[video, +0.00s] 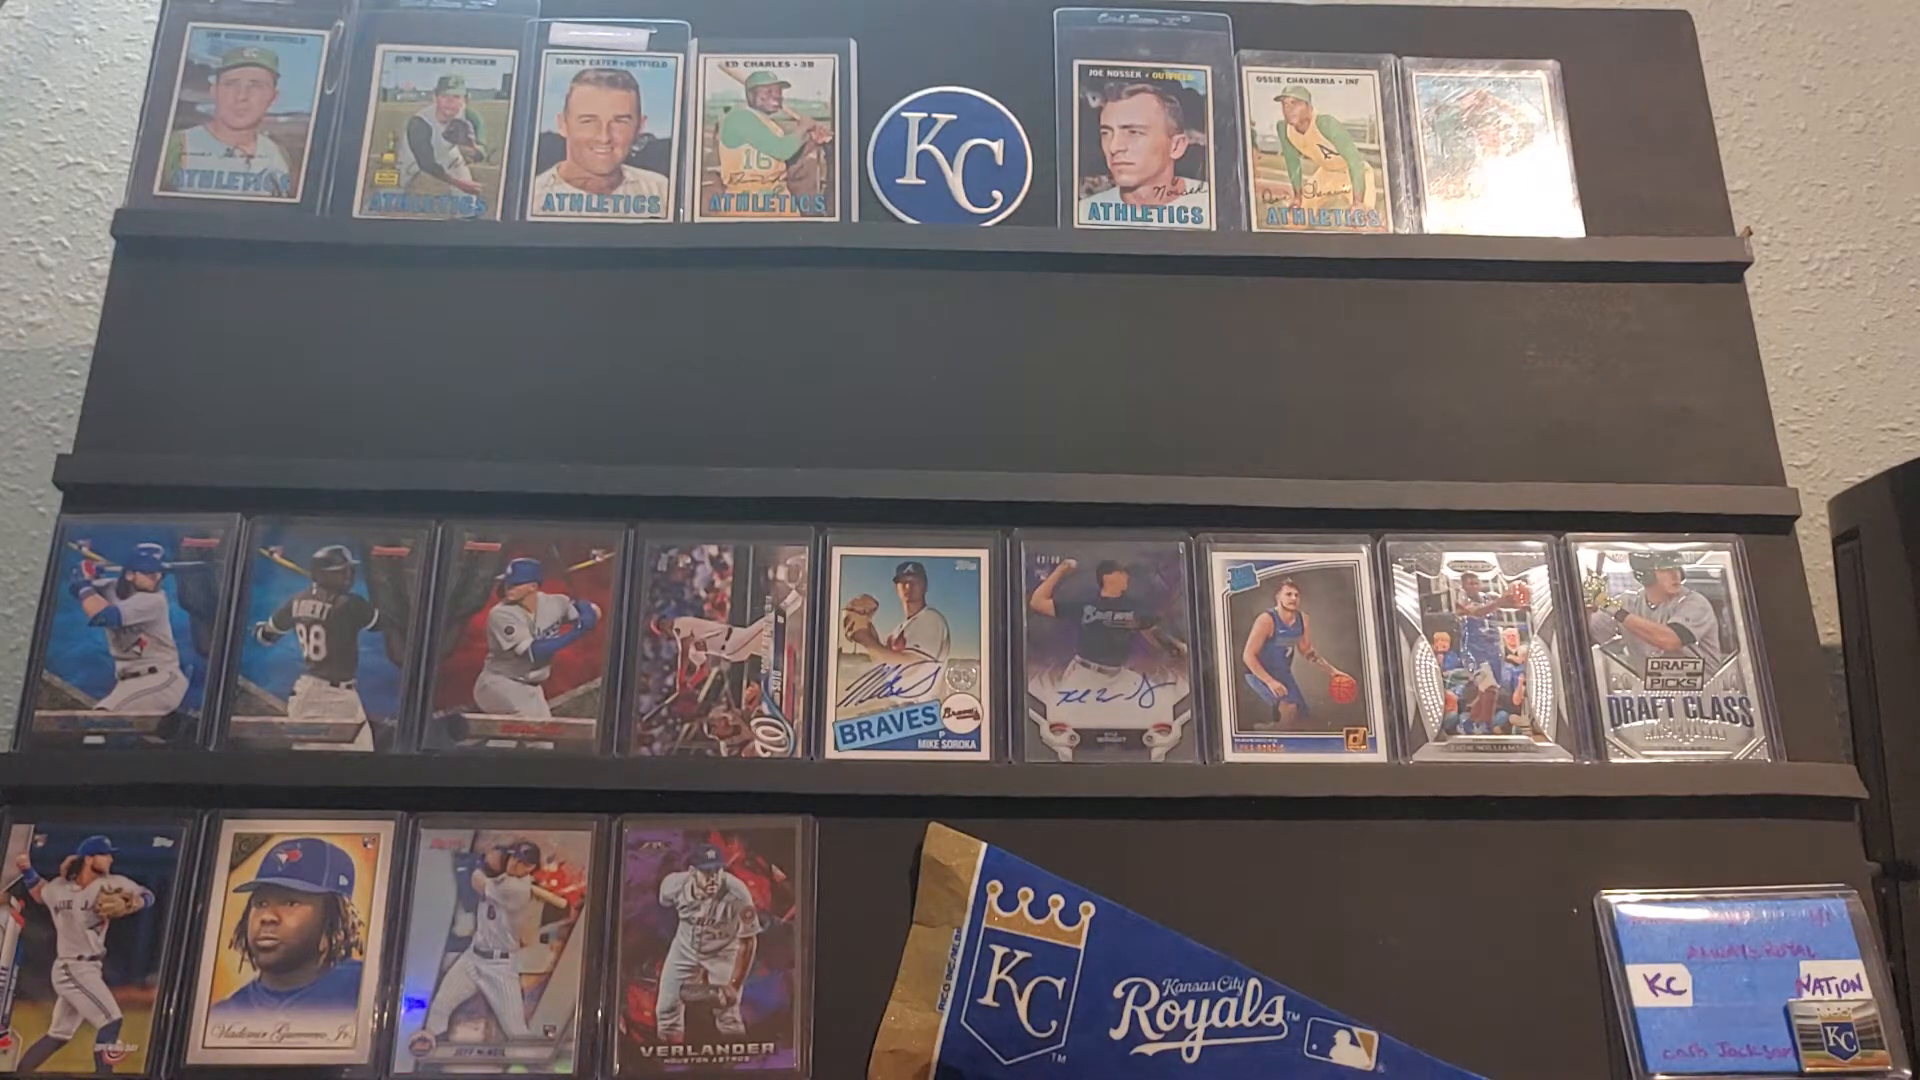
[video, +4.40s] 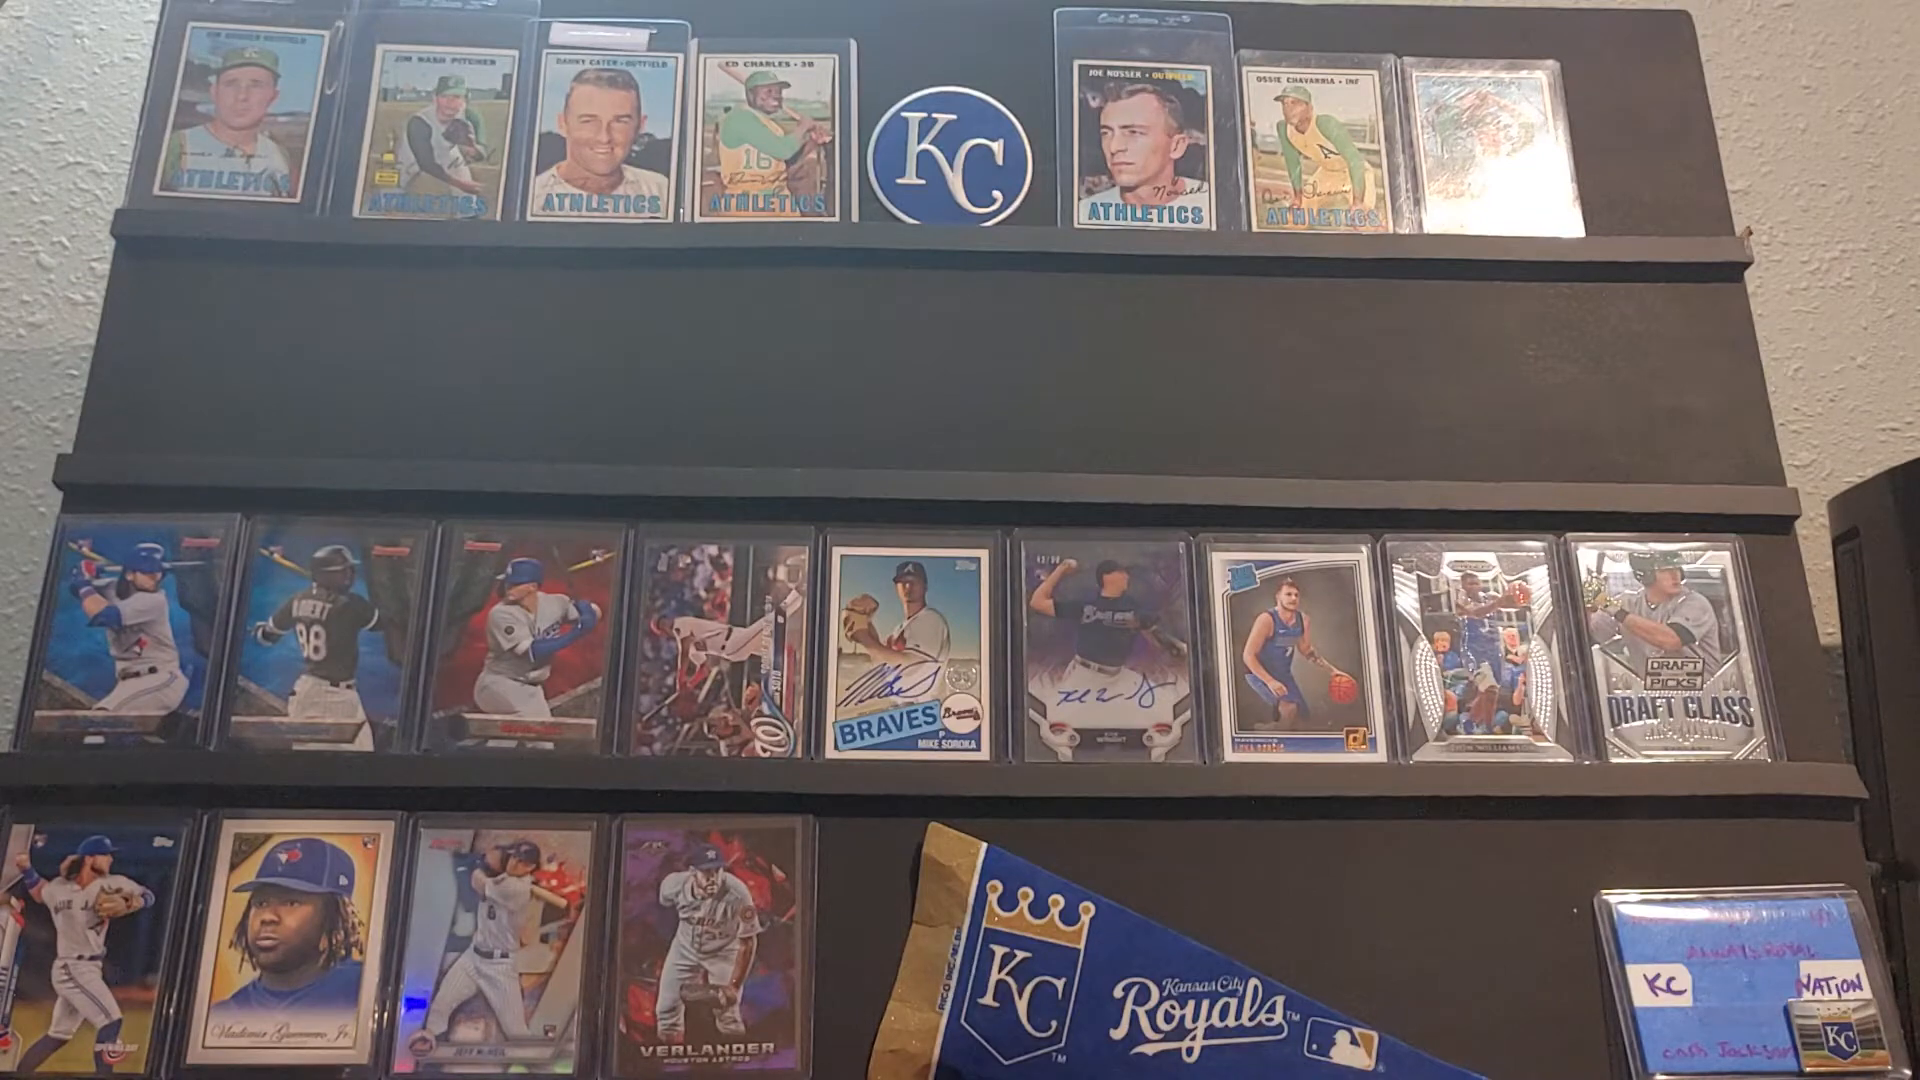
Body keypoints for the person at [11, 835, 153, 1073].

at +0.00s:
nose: (110, 859)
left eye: (110, 855)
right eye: (105, 855)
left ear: (96, 861)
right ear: (89, 859)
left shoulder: (111, 884)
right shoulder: (58, 888)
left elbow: (149, 896)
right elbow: (39, 892)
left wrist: (131, 904)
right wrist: (27, 869)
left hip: (90, 969)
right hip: (71, 969)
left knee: (58, 1035)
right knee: (111, 1020)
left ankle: (19, 1073)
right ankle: (104, 1074)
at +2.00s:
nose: (110, 860)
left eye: (110, 855)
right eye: (105, 855)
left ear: (96, 861)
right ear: (89, 859)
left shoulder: (109, 885)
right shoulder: (58, 888)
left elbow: (149, 895)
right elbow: (39, 892)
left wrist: (135, 903)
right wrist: (27, 870)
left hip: (90, 969)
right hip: (71, 969)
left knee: (58, 1035)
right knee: (111, 1020)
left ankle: (19, 1073)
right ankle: (104, 1074)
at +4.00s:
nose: (110, 859)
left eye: (110, 855)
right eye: (105, 855)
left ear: (95, 861)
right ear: (89, 859)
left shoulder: (111, 884)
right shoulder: (58, 889)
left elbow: (149, 896)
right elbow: (39, 891)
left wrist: (134, 903)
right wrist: (27, 869)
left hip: (90, 968)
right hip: (71, 968)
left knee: (58, 1035)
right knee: (111, 1020)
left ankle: (19, 1073)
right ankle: (104, 1074)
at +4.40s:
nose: (110, 860)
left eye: (110, 855)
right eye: (106, 855)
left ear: (95, 861)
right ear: (90, 859)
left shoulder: (111, 884)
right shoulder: (58, 888)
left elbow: (149, 896)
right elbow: (39, 891)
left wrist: (130, 904)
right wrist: (27, 870)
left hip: (90, 969)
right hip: (71, 969)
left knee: (58, 1035)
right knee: (111, 1020)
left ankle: (19, 1073)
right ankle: (104, 1074)